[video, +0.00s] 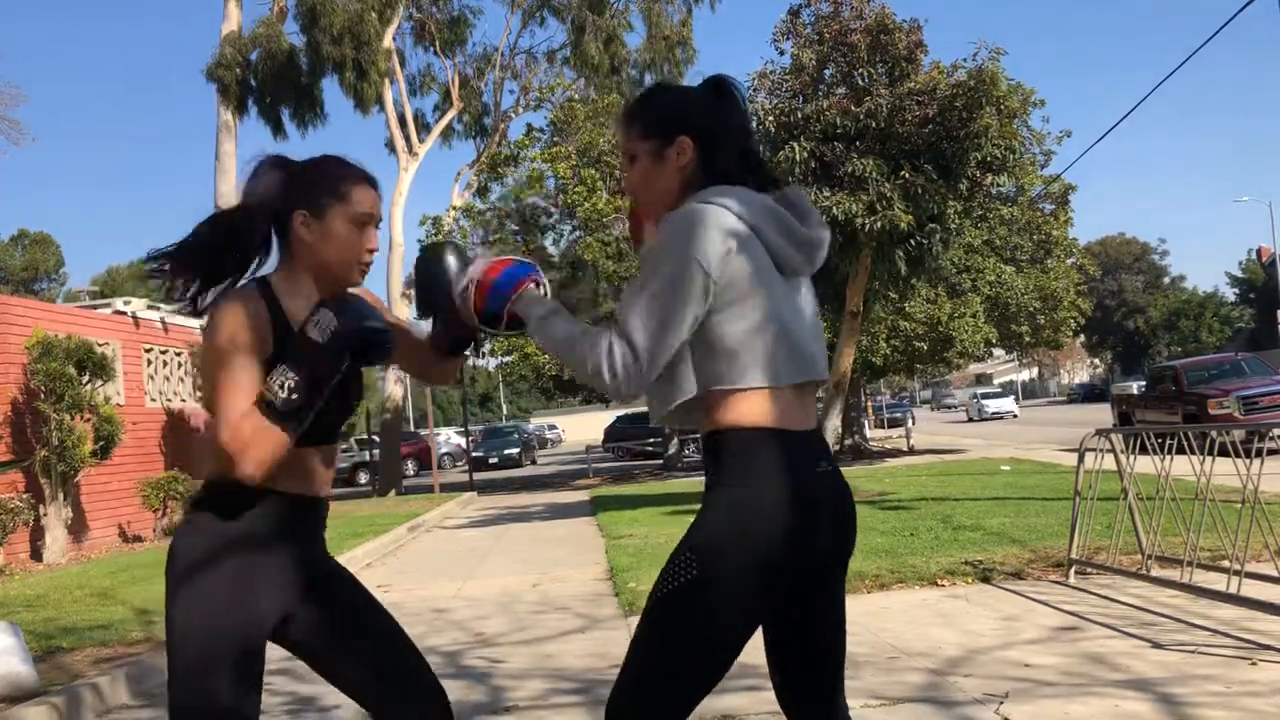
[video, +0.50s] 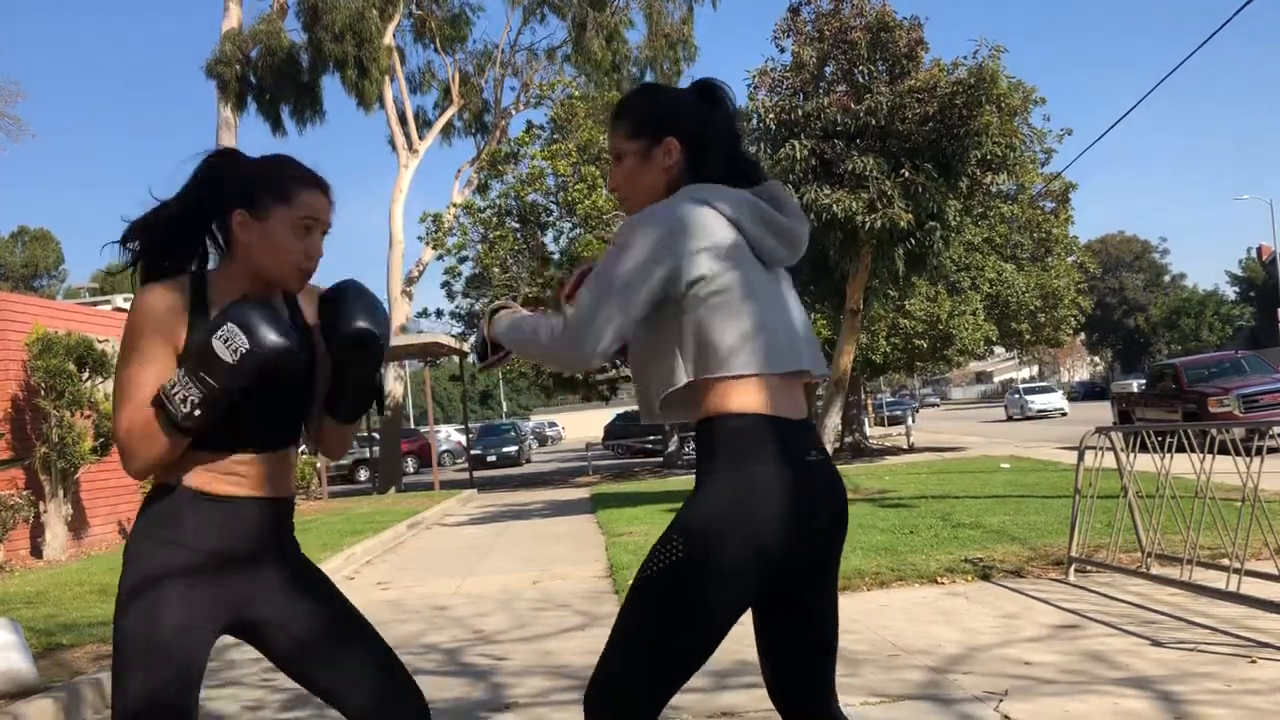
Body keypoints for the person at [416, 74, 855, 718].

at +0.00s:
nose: (625, 180)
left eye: (631, 160)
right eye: (624, 163)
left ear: (681, 153)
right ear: (683, 152)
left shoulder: (697, 226)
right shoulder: (772, 224)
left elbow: (623, 366)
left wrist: (529, 305)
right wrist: (555, 311)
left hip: (752, 501)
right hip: (817, 495)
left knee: (637, 707)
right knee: (818, 705)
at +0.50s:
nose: (609, 179)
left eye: (618, 159)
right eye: (609, 162)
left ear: (669, 155)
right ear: (674, 157)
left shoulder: (666, 225)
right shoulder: (750, 221)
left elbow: (583, 344)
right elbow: (699, 329)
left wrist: (504, 322)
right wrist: (609, 282)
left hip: (741, 489)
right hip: (812, 484)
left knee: (615, 701)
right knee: (810, 702)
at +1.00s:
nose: (569, 195)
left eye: (574, 179)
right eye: (566, 182)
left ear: (621, 167)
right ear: (635, 162)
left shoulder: (620, 230)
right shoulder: (731, 223)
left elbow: (436, 244)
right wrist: (596, 345)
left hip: (719, 493)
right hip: (801, 488)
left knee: (605, 705)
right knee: (815, 700)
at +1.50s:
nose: (617, 193)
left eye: (624, 173)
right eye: (615, 176)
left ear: (673, 163)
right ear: (676, 162)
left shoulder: (693, 233)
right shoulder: (765, 229)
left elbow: (619, 370)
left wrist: (564, 268)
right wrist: (590, 334)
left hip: (749, 498)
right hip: (824, 492)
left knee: (636, 706)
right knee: (825, 700)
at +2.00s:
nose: (515, 185)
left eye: (527, 163)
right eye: (506, 166)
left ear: (582, 150)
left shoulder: (653, 218)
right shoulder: (565, 251)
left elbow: (682, 383)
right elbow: (588, 391)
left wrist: (553, 320)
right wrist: (507, 396)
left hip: (693, 478)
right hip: (651, 480)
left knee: (621, 704)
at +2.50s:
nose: (511, 183)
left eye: (515, 164)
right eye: (499, 160)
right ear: (437, 150)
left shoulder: (499, 245)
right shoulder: (344, 226)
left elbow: (521, 392)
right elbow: (238, 334)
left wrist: (546, 332)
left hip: (465, 489)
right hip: (363, 492)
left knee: (554, 701)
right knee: (333, 707)